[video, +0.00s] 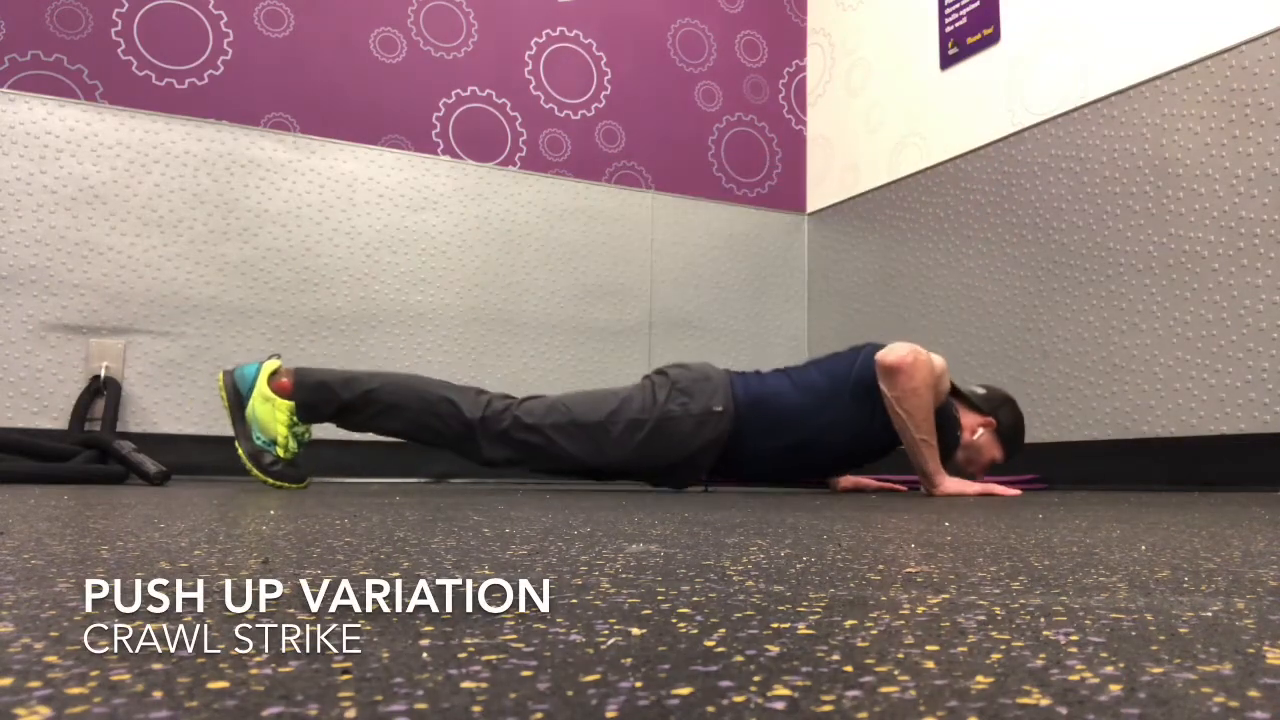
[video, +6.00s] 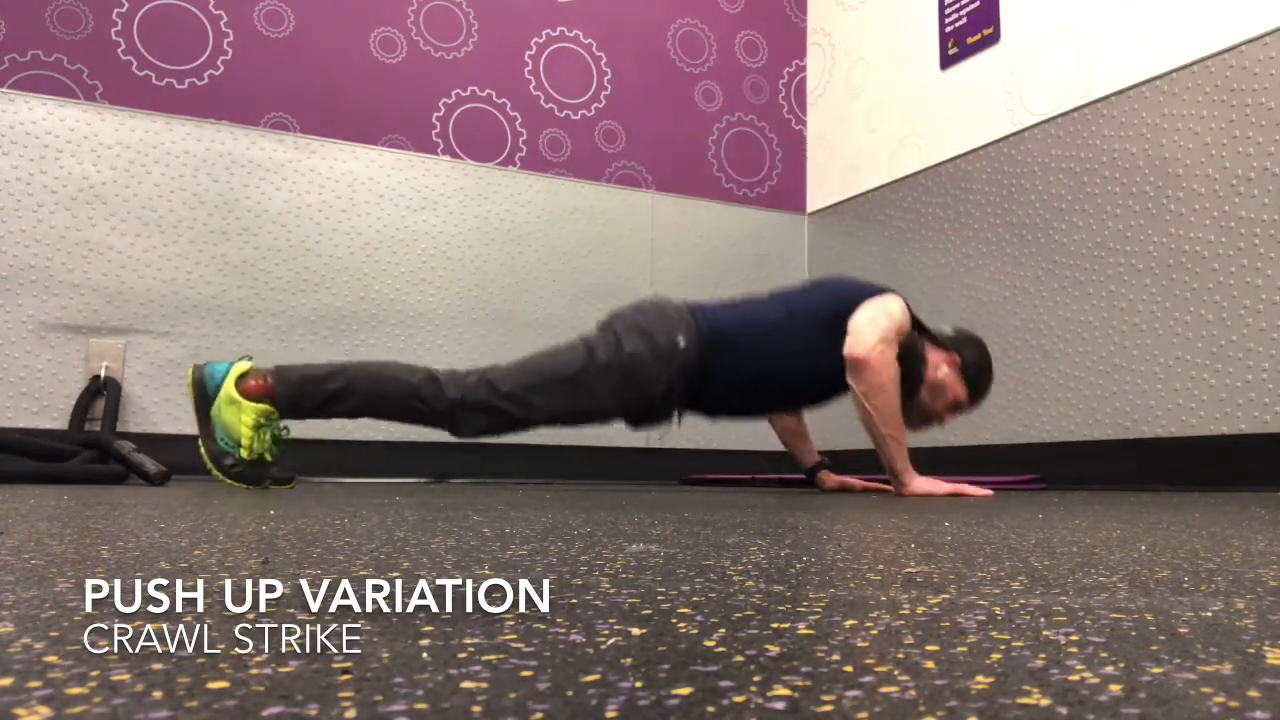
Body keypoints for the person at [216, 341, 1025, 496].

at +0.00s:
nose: (976, 456)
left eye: (985, 456)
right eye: (983, 443)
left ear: (973, 436)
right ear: (971, 409)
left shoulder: (899, 413)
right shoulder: (917, 379)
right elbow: (907, 369)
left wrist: (876, 478)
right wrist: (939, 475)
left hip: (697, 440)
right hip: (697, 410)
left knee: (500, 434)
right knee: (501, 427)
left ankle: (294, 407)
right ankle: (285, 387)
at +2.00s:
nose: (904, 191)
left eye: (906, 178)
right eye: (904, 176)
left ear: (846, 146)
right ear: (875, 157)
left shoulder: (787, 175)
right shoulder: (860, 194)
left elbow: (754, 273)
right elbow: (892, 350)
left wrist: (823, 283)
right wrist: (935, 474)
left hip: (637, 276)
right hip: (653, 306)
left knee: (793, 285)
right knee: (487, 432)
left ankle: (786, 448)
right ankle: (279, 394)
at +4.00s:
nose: (907, 326)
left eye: (920, 316)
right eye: (919, 309)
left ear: (896, 276)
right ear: (914, 269)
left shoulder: (824, 278)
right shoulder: (873, 247)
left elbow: (788, 384)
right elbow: (894, 355)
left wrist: (819, 469)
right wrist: (935, 473)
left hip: (640, 255)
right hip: (653, 238)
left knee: (501, 353)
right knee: (578, 381)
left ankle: (291, 401)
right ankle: (374, 360)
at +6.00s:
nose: (927, 412)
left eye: (938, 413)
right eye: (939, 400)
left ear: (936, 383)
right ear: (939, 358)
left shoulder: (843, 337)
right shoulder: (891, 313)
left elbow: (773, 388)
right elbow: (867, 361)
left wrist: (812, 467)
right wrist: (907, 476)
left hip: (665, 371)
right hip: (664, 348)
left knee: (473, 401)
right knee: (469, 400)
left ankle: (267, 390)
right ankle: (261, 387)